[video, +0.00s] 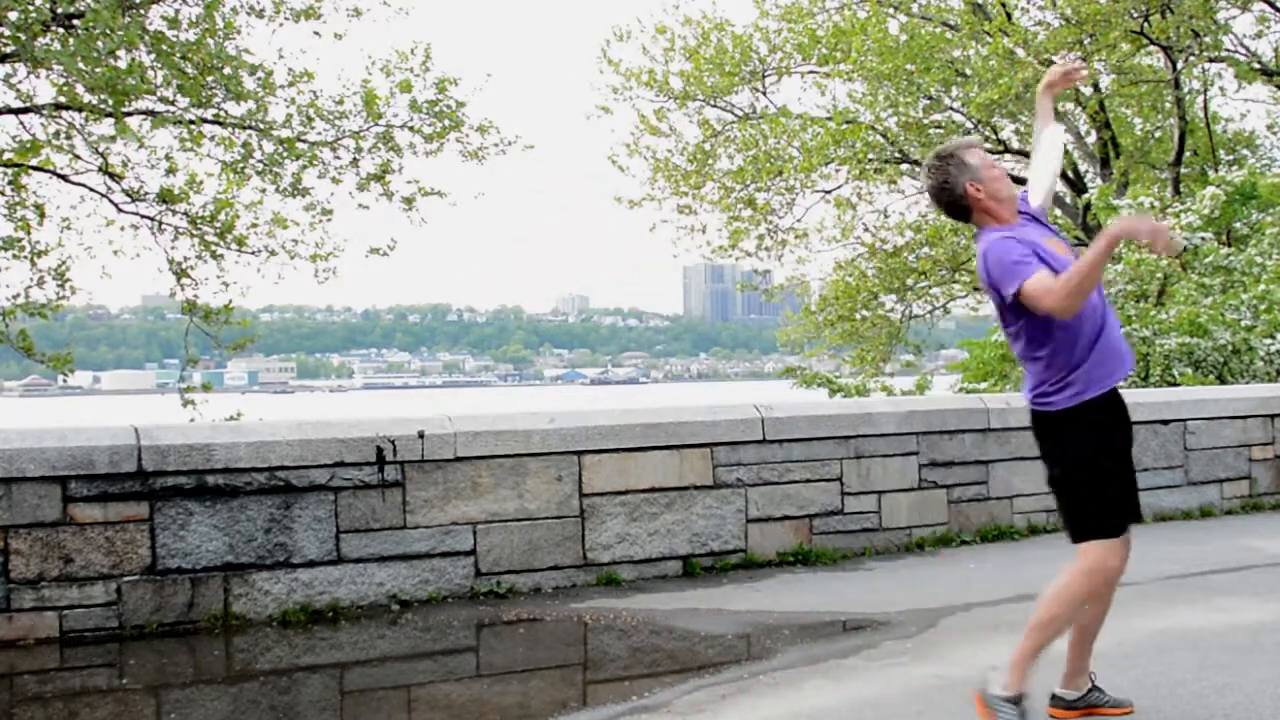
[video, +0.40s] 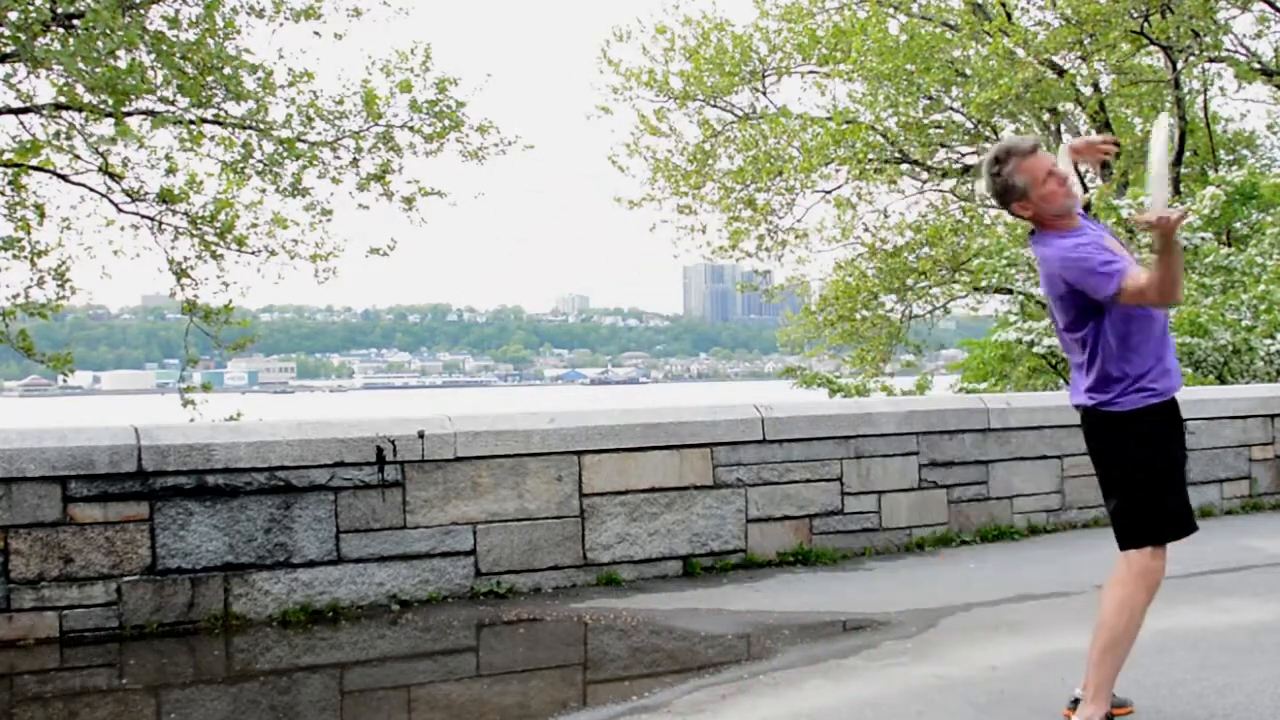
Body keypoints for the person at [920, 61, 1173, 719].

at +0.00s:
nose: (1004, 166)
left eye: (996, 160)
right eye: (993, 164)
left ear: (984, 191)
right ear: (977, 193)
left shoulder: (1027, 217)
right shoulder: (999, 250)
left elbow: (1045, 161)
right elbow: (1059, 300)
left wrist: (1045, 94)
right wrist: (1116, 233)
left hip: (1097, 402)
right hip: (1068, 412)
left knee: (1109, 554)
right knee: (1102, 556)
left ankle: (1075, 686)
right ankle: (1008, 685)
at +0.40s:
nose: (1061, 179)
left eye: (1056, 170)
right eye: (1047, 182)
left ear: (1062, 168)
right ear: (1024, 210)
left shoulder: (1063, 218)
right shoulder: (1069, 252)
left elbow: (1064, 197)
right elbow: (1163, 293)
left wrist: (1074, 154)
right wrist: (1166, 238)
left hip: (1131, 407)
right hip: (1125, 413)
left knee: (1142, 558)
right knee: (1144, 562)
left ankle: (1096, 691)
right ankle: (1092, 706)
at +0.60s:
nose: (1113, 154)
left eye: (1104, 148)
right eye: (1102, 155)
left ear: (1067, 193)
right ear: (1084, 188)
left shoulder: (1058, 228)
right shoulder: (1137, 244)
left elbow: (1035, 185)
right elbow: (1241, 267)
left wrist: (1032, 125)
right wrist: (1262, 192)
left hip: (1102, 407)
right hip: (1142, 410)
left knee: (1125, 558)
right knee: (1152, 563)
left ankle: (1089, 691)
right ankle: (1094, 704)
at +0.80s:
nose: (1179, 158)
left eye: (1173, 151)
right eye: (1171, 155)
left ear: (1124, 181)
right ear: (1152, 184)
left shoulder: (1083, 219)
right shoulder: (1191, 256)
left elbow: (1005, 209)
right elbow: (1253, 332)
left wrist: (972, 172)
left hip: (1099, 422)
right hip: (1168, 422)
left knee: (1121, 549)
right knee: (1227, 547)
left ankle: (1082, 689)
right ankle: (1161, 676)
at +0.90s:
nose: (1203, 182)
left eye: (1199, 174)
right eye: (1200, 177)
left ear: (1139, 183)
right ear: (1188, 192)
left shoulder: (1102, 224)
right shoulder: (1216, 264)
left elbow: (1026, 215)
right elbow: (1268, 324)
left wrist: (991, 184)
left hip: (1114, 429)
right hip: (1189, 427)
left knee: (1121, 551)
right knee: (1250, 549)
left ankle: (1084, 688)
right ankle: (1243, 689)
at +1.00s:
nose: (1236, 198)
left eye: (1232, 190)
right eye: (1236, 192)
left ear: (1172, 197)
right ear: (1227, 204)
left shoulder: (1128, 238)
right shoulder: (1250, 271)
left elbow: (1052, 211)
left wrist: (1021, 172)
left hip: (1136, 434)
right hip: (1213, 433)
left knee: (1129, 554)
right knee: (1264, 555)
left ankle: (1085, 687)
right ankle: (1278, 696)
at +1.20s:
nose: (1260, 201)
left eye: (1264, 195)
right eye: (1268, 194)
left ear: (1266, 209)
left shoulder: (1223, 255)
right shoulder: (1268, 259)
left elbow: (1113, 237)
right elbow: (1239, 252)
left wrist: (1051, 190)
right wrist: (1196, 213)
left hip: (1193, 433)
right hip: (1268, 438)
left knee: (1151, 550)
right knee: (1276, 573)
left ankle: (1108, 688)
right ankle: (1279, 709)